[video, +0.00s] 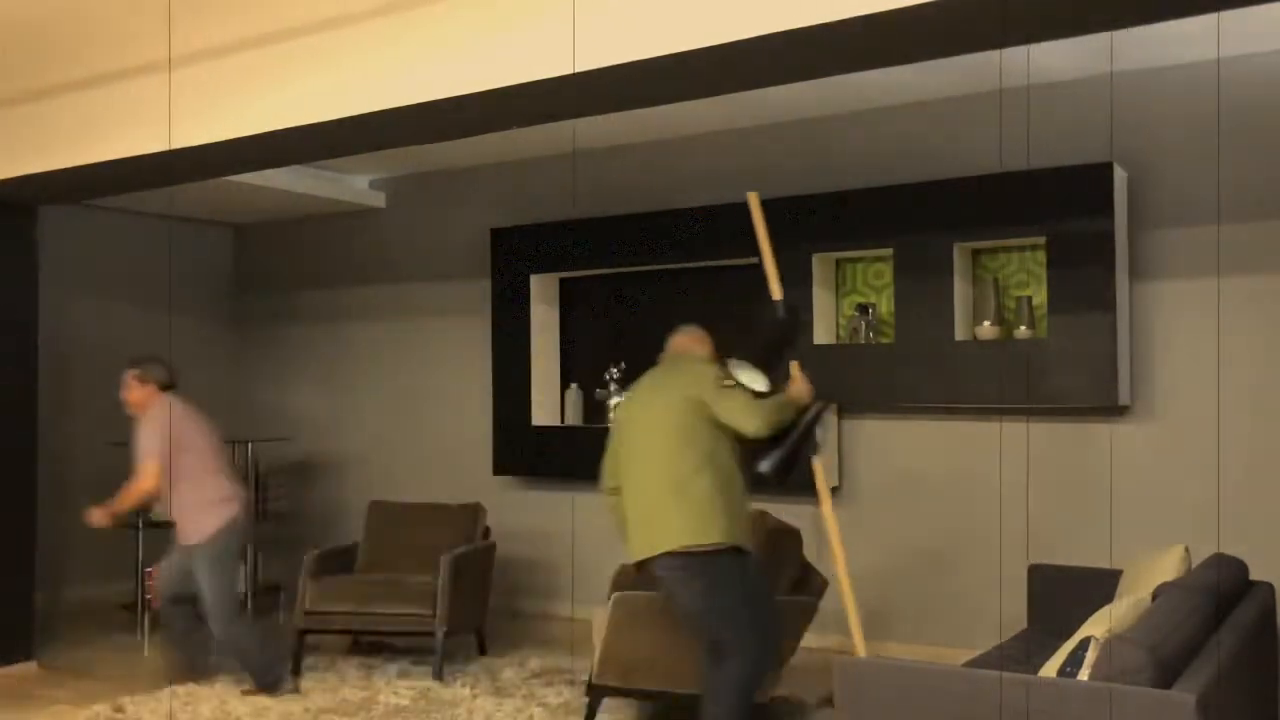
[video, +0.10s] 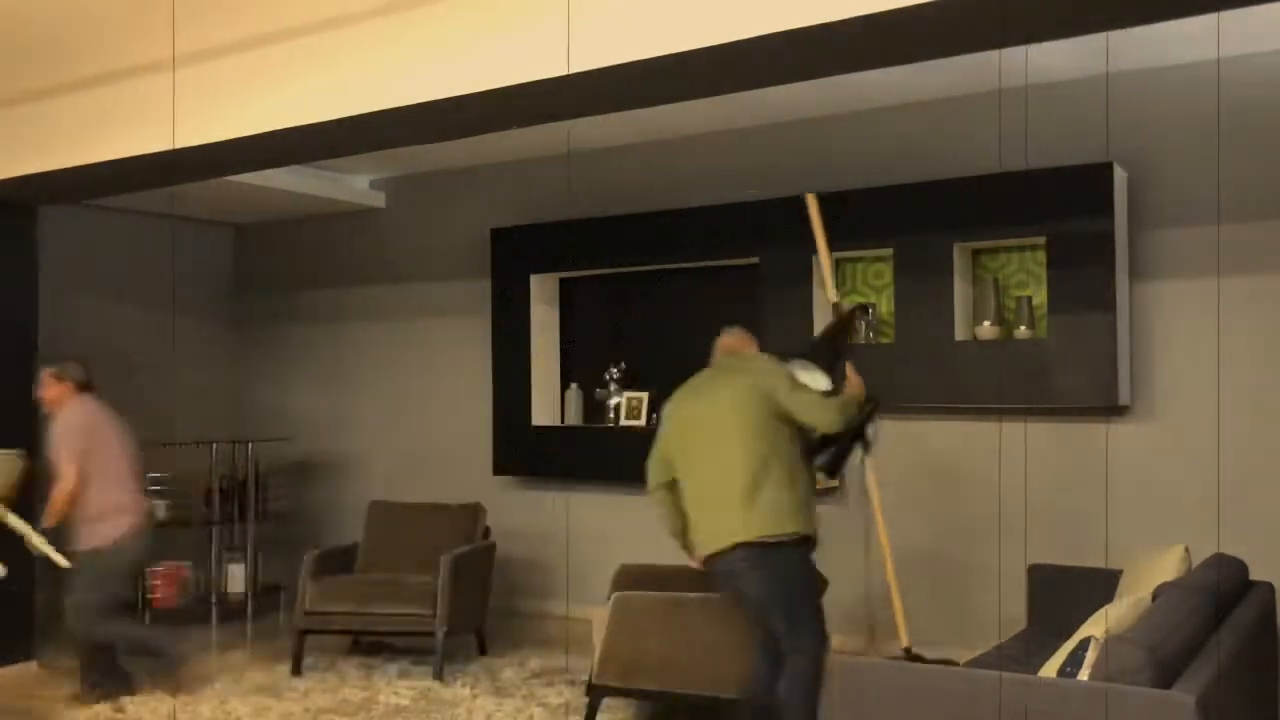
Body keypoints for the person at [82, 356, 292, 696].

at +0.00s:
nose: (123, 396)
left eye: (128, 387)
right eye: (123, 388)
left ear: (147, 386)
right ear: (151, 386)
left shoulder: (157, 413)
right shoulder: (175, 410)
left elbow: (149, 480)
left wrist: (109, 510)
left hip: (212, 525)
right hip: (214, 523)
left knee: (223, 620)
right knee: (166, 585)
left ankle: (272, 674)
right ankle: (193, 669)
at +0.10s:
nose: (39, 394)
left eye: (45, 385)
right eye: (40, 386)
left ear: (65, 385)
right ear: (70, 386)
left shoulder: (69, 417)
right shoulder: (101, 411)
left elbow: (68, 481)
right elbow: (124, 472)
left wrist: (44, 527)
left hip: (101, 535)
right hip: (127, 530)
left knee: (82, 615)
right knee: (97, 609)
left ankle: (164, 652)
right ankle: (106, 680)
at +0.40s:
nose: (190, 389)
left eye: (190, 378)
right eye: (185, 378)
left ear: (157, 377)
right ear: (158, 375)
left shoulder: (141, 424)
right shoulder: (125, 428)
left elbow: (183, 471)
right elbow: (130, 516)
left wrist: (250, 467)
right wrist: (193, 545)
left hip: (118, 569)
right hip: (96, 574)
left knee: (165, 647)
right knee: (172, 650)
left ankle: (130, 712)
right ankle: (177, 711)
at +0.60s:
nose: (306, 409)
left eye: (307, 399)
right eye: (306, 399)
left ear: (260, 390)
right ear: (289, 393)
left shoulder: (226, 428)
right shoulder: (275, 429)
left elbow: (237, 522)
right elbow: (339, 476)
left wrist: (302, 559)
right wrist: (411, 495)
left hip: (180, 575)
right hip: (218, 570)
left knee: (277, 641)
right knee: (310, 637)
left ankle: (272, 712)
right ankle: (276, 712)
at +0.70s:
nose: (347, 430)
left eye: (349, 423)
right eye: (347, 421)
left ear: (308, 410)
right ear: (330, 414)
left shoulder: (259, 440)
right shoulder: (334, 445)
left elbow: (270, 518)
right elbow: (386, 513)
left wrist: (339, 542)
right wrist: (444, 556)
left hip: (223, 574)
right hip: (283, 569)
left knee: (283, 645)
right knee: (361, 644)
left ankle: (279, 716)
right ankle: (387, 713)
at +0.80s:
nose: (396, 461)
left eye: (397, 452)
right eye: (395, 452)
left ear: (353, 441)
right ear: (383, 447)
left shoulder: (303, 454)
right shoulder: (386, 481)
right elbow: (402, 569)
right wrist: (434, 631)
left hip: (262, 580)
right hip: (334, 587)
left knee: (275, 647)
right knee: (401, 659)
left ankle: (267, 713)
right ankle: (425, 713)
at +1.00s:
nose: (444, 494)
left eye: (446, 488)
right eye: (445, 488)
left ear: (406, 473)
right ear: (440, 484)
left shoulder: (365, 482)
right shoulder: (435, 500)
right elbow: (446, 580)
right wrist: (467, 642)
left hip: (279, 565)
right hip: (348, 573)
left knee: (308, 636)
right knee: (421, 654)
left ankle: (275, 715)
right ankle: (436, 713)